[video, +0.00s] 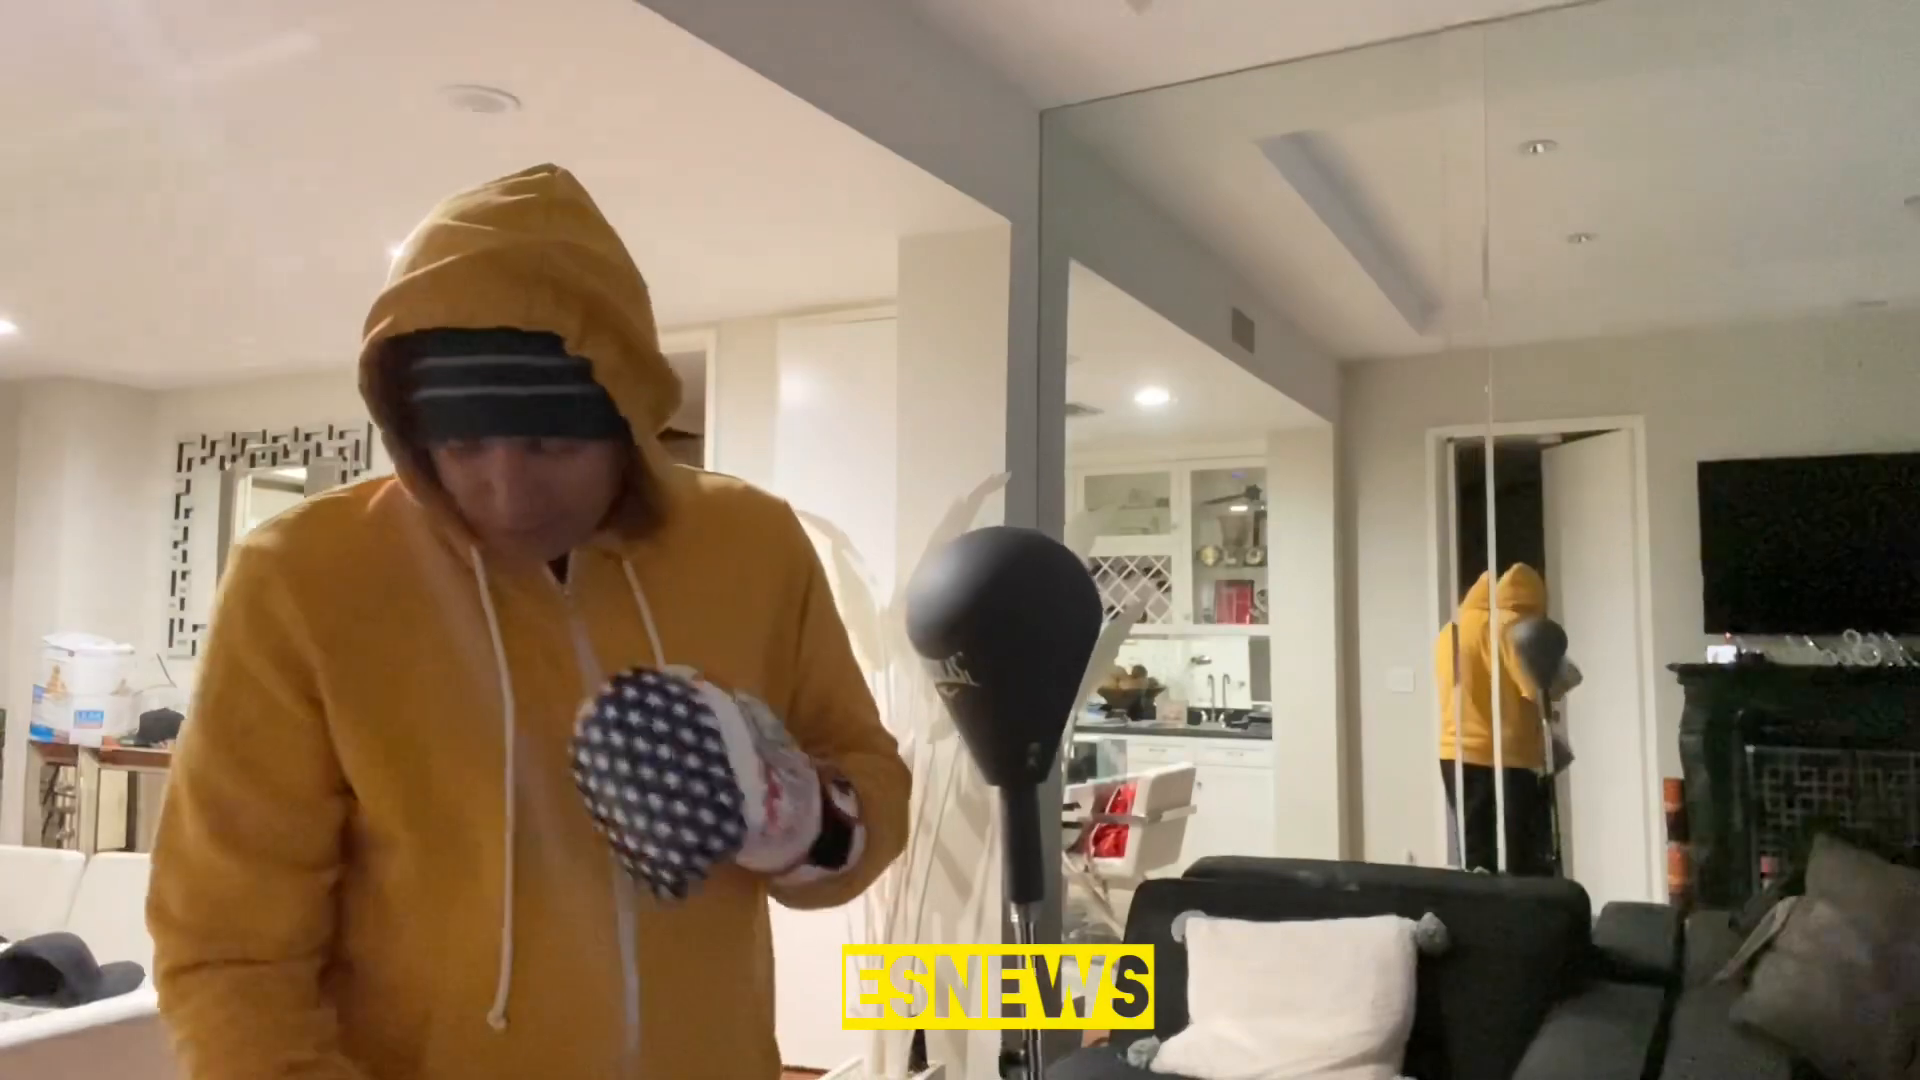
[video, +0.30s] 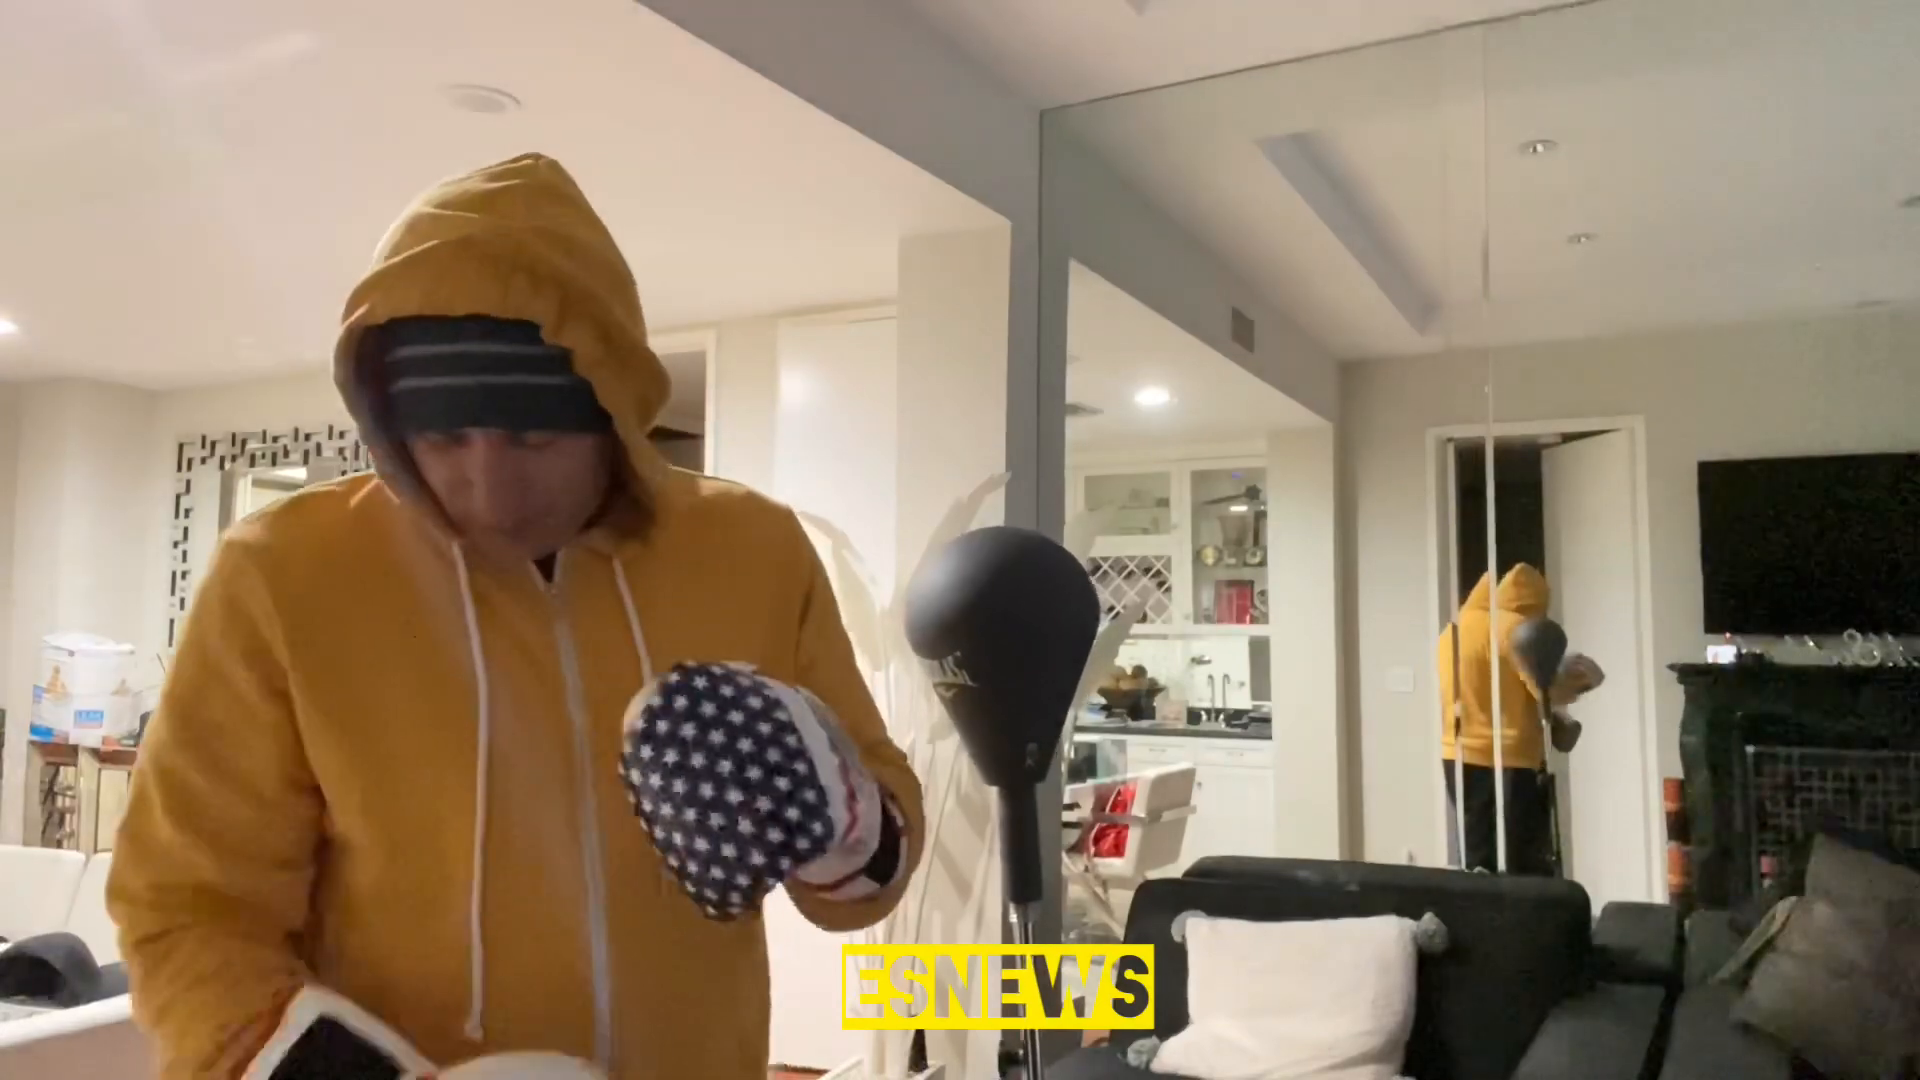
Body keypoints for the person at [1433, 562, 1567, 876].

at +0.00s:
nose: (1538, 616)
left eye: (1538, 610)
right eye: (1538, 608)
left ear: (1489, 589)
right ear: (1530, 599)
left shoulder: (1450, 631)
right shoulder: (1513, 627)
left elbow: (1451, 692)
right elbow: (1535, 687)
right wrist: (1564, 676)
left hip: (1459, 761)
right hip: (1510, 764)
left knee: (1476, 856)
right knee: (1526, 859)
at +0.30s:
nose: (1542, 615)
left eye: (1543, 609)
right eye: (1540, 608)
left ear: (1492, 589)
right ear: (1532, 600)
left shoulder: (1453, 631)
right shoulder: (1519, 629)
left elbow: (1458, 694)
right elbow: (1549, 691)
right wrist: (1580, 677)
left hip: (1462, 762)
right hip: (1514, 765)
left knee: (1475, 855)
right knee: (1524, 858)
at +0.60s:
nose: (1543, 611)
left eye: (1544, 604)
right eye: (1542, 603)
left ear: (1493, 590)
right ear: (1533, 598)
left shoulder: (1452, 632)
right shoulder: (1526, 632)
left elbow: (1449, 698)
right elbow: (1555, 700)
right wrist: (1569, 718)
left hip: (1464, 764)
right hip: (1516, 767)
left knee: (1477, 856)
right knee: (1526, 859)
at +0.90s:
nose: (1543, 609)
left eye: (1542, 602)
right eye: (1540, 601)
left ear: (1486, 589)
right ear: (1530, 595)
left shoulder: (1452, 633)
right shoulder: (1524, 631)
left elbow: (1453, 696)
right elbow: (1562, 688)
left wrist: (1535, 700)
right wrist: (1597, 694)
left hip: (1463, 764)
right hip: (1518, 765)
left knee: (1477, 858)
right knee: (1528, 860)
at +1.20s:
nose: (1543, 605)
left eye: (1543, 598)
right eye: (1540, 597)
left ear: (1484, 587)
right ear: (1531, 593)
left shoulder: (1453, 632)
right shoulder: (1526, 631)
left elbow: (1451, 693)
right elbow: (1557, 692)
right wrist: (1581, 672)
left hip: (1466, 761)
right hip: (1520, 764)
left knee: (1477, 853)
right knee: (1529, 857)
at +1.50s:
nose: (1542, 600)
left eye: (1541, 593)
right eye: (1539, 591)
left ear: (1481, 585)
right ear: (1527, 591)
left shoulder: (1453, 631)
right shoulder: (1523, 631)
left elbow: (1453, 692)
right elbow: (1552, 693)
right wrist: (1577, 677)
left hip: (1465, 762)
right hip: (1518, 765)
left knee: (1477, 851)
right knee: (1527, 854)